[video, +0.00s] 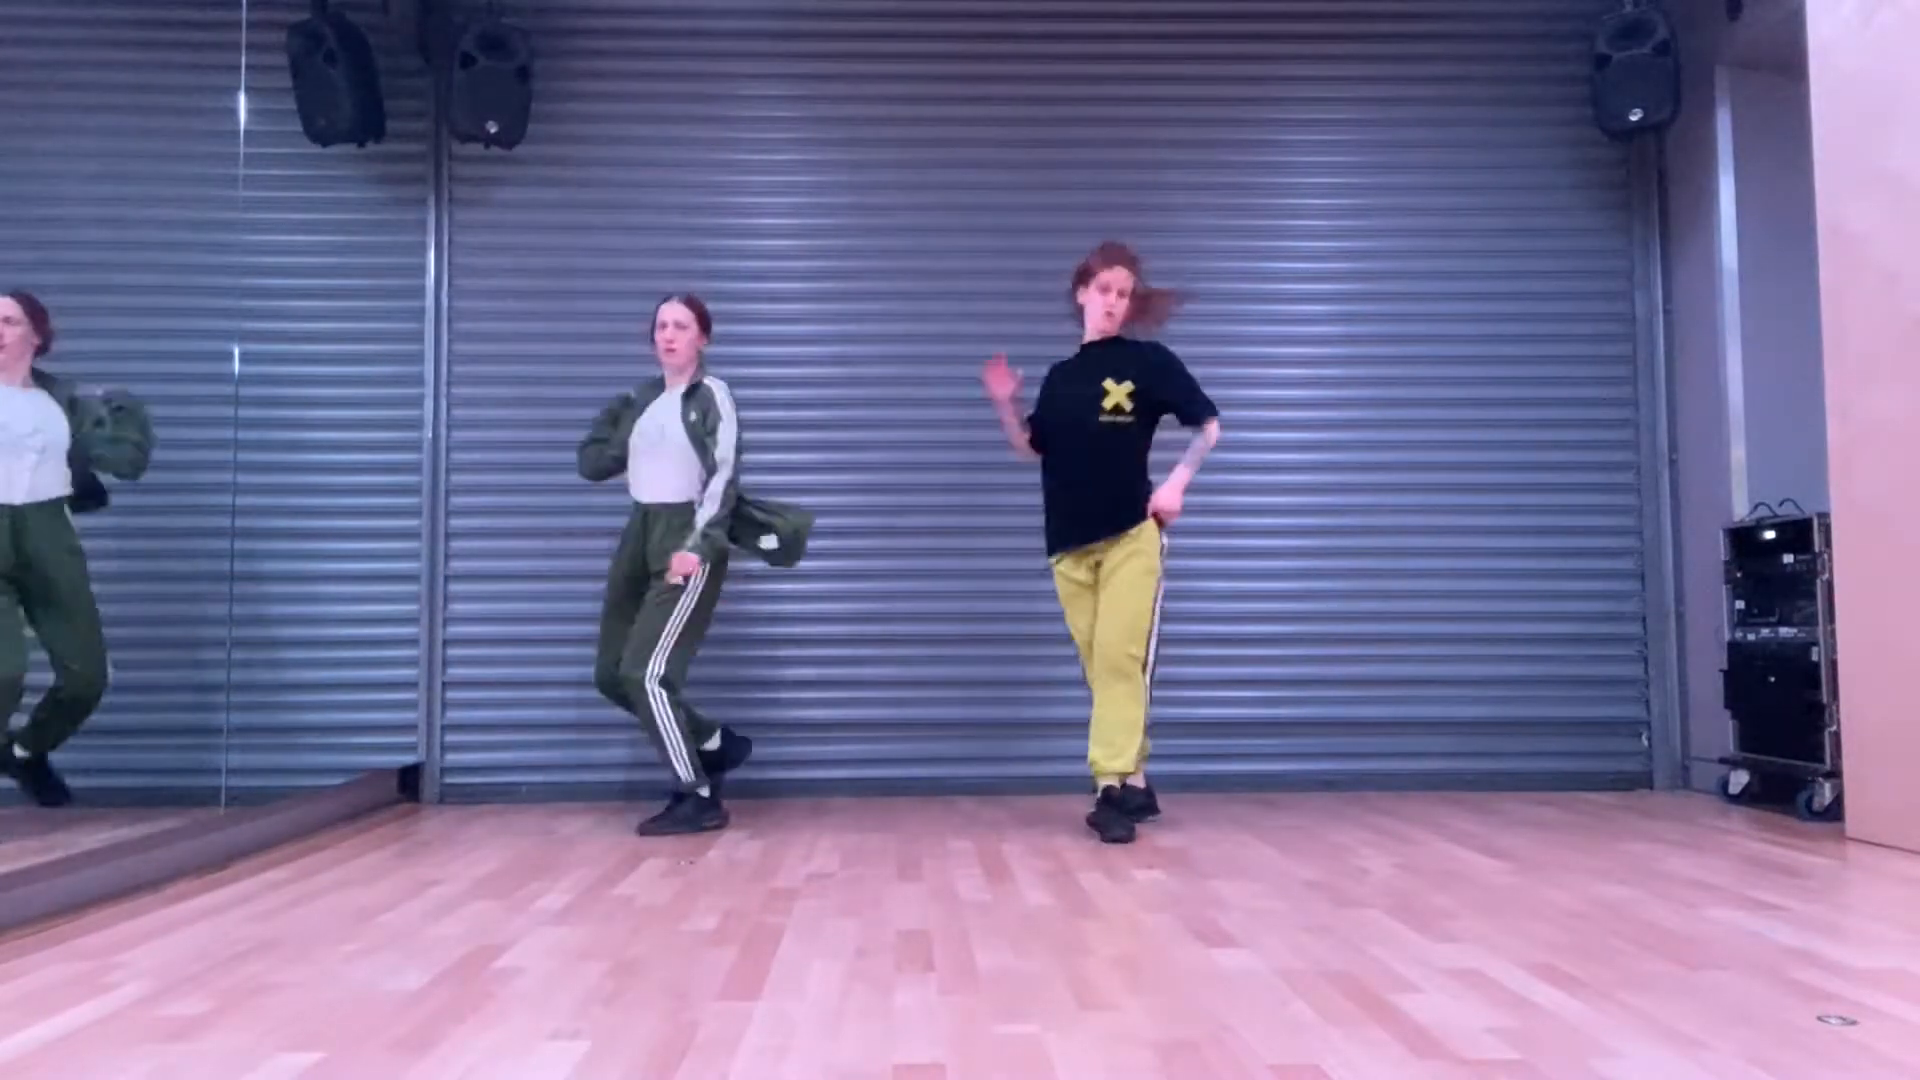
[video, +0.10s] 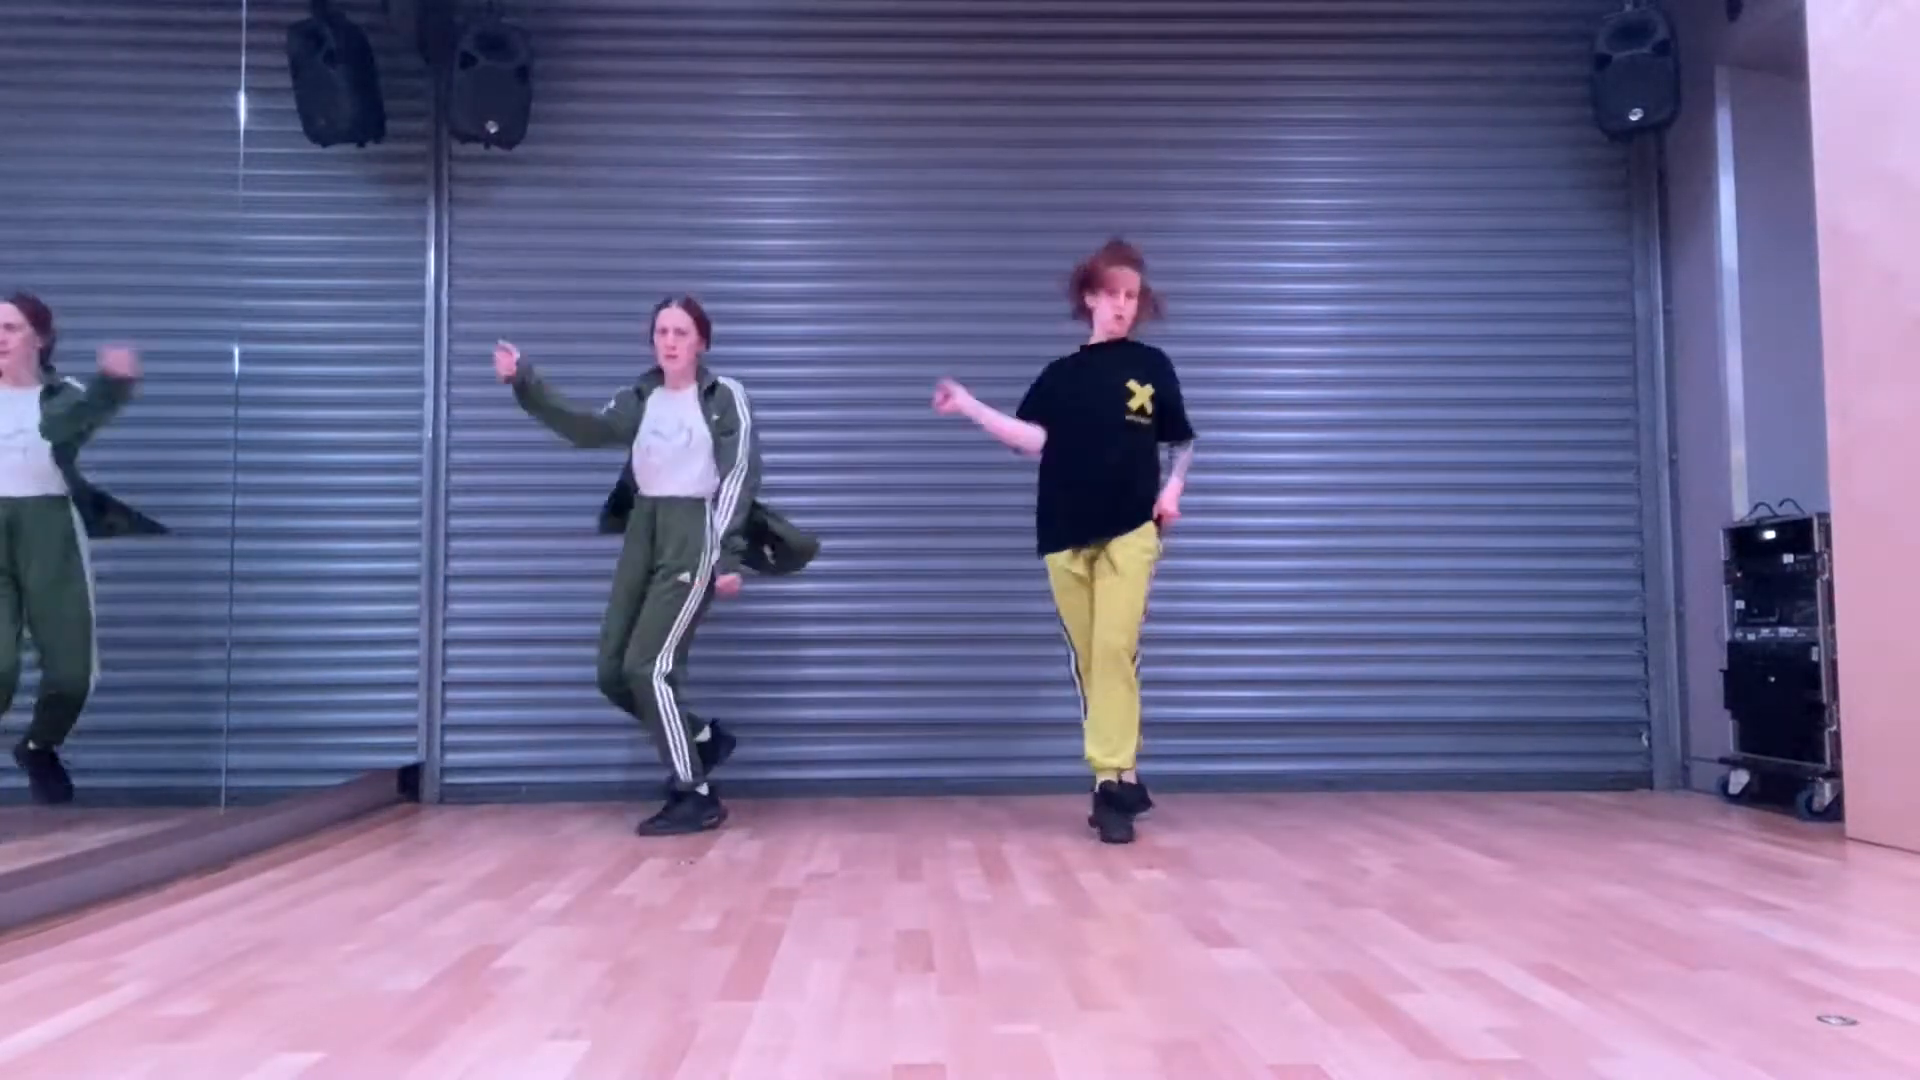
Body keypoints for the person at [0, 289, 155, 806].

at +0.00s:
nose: (0, 331)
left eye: (10, 322)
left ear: (36, 336)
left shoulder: (59, 397)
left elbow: (123, 458)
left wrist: (113, 421)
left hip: (48, 536)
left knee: (85, 679)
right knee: (5, 676)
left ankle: (26, 750)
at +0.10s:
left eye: (10, 328)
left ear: (39, 338)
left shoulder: (61, 396)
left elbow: (73, 422)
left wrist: (111, 383)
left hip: (49, 525)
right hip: (0, 527)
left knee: (73, 673)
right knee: (2, 670)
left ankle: (39, 747)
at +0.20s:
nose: (8, 345)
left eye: (18, 335)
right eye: (3, 337)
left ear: (50, 342)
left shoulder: (72, 378)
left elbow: (68, 379)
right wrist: (32, 372)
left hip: (60, 519)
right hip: (3, 517)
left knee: (44, 669)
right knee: (13, 665)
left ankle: (59, 779)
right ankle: (58, 775)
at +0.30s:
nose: (13, 357)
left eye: (25, 346)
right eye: (6, 347)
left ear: (58, 354)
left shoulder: (78, 391)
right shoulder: (1, 399)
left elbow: (48, 393)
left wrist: (6, 383)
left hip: (63, 533)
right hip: (5, 532)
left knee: (44, 682)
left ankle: (64, 792)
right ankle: (4, 721)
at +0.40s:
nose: (8, 357)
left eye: (21, 348)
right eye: (4, 347)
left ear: (54, 354)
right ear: (1, 354)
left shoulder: (84, 401)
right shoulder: (4, 408)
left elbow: (58, 449)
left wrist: (4, 453)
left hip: (63, 550)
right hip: (9, 550)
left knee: (52, 678)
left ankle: (67, 790)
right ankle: (11, 705)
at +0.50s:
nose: (0, 355)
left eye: (10, 345)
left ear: (42, 351)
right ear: (5, 353)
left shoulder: (79, 404)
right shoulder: (0, 404)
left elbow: (102, 489)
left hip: (56, 525)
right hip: (3, 522)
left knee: (42, 673)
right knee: (0, 663)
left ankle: (63, 789)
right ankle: (27, 740)